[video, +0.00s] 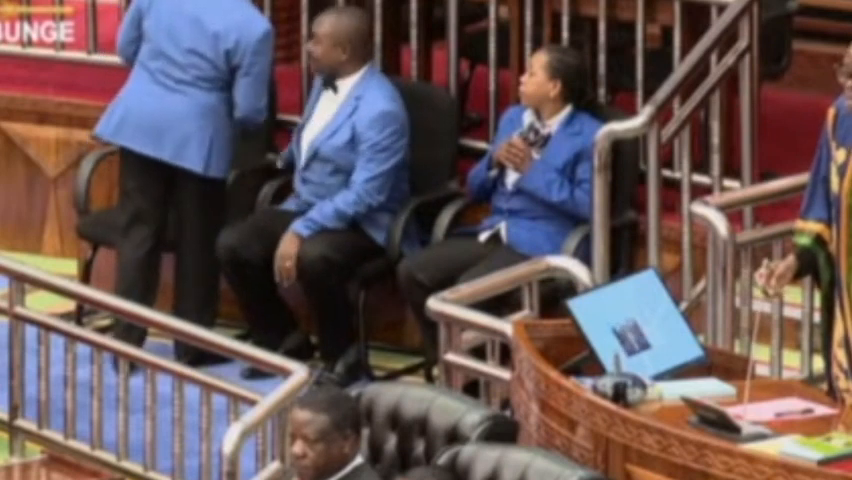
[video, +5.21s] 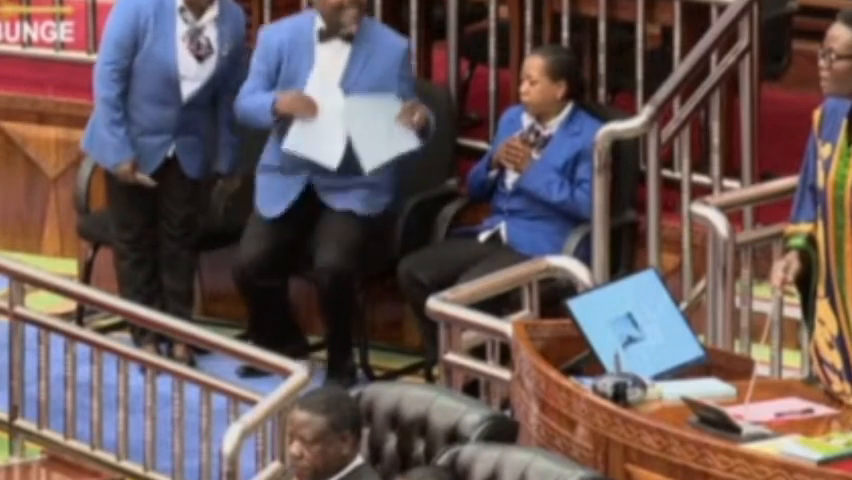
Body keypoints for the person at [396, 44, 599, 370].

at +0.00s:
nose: (521, 80)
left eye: (530, 75)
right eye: (524, 72)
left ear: (554, 88)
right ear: (551, 87)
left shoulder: (590, 135)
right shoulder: (513, 119)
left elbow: (589, 207)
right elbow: (475, 189)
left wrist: (530, 171)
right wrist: (495, 163)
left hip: (538, 250)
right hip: (494, 238)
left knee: (461, 298)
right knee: (413, 271)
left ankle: (483, 380)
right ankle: (448, 365)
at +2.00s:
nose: (519, 83)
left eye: (528, 78)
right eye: (522, 75)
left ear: (552, 90)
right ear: (549, 89)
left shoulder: (589, 135)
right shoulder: (512, 120)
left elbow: (590, 206)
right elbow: (475, 190)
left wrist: (529, 171)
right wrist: (495, 164)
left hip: (539, 250)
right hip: (494, 236)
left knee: (463, 296)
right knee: (414, 271)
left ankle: (483, 380)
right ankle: (445, 366)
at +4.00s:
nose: (551, 89)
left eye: (561, 81)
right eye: (542, 80)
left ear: (574, 86)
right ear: (529, 85)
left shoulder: (590, 135)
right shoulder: (512, 120)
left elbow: (590, 207)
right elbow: (476, 189)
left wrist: (530, 172)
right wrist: (494, 164)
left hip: (540, 249)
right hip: (495, 235)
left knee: (464, 295)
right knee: (414, 271)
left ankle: (484, 380)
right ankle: (446, 365)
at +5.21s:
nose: (523, 91)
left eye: (532, 83)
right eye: (522, 81)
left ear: (561, 90)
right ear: (519, 83)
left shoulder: (590, 135)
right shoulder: (512, 119)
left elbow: (589, 206)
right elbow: (475, 190)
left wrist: (529, 171)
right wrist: (494, 164)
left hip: (539, 250)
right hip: (495, 237)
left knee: (462, 297)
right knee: (414, 271)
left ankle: (485, 379)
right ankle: (447, 364)